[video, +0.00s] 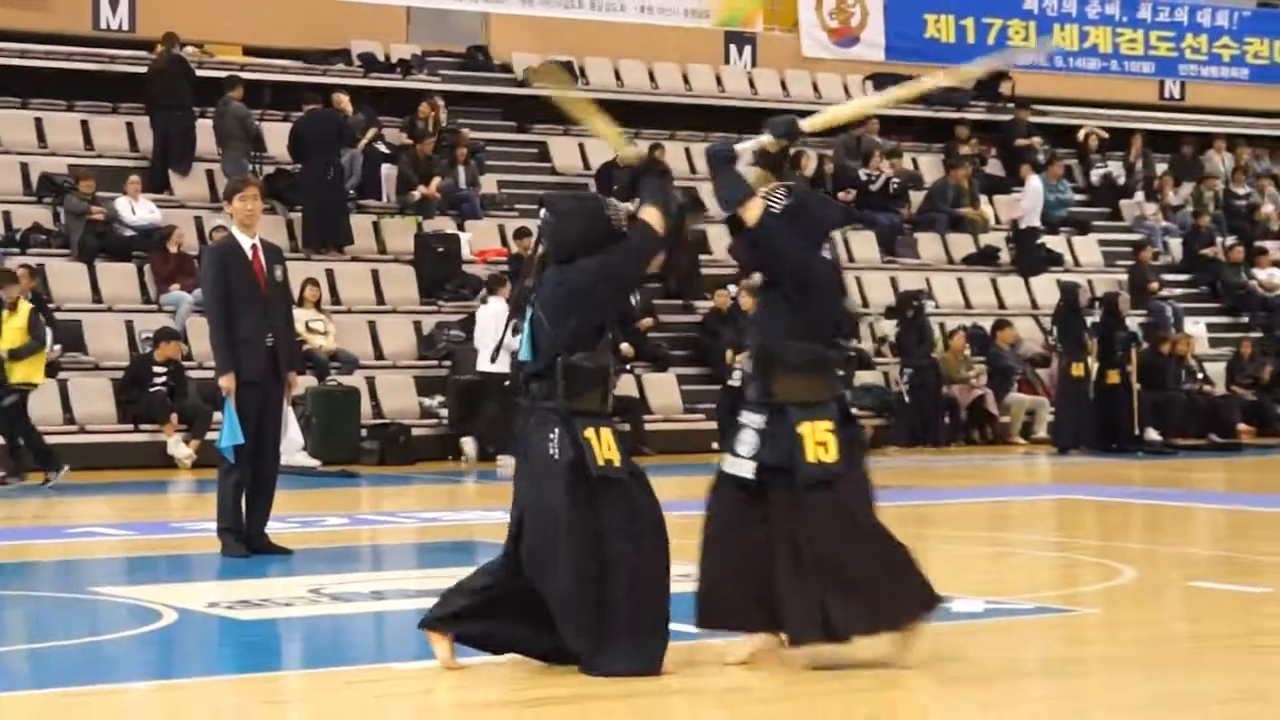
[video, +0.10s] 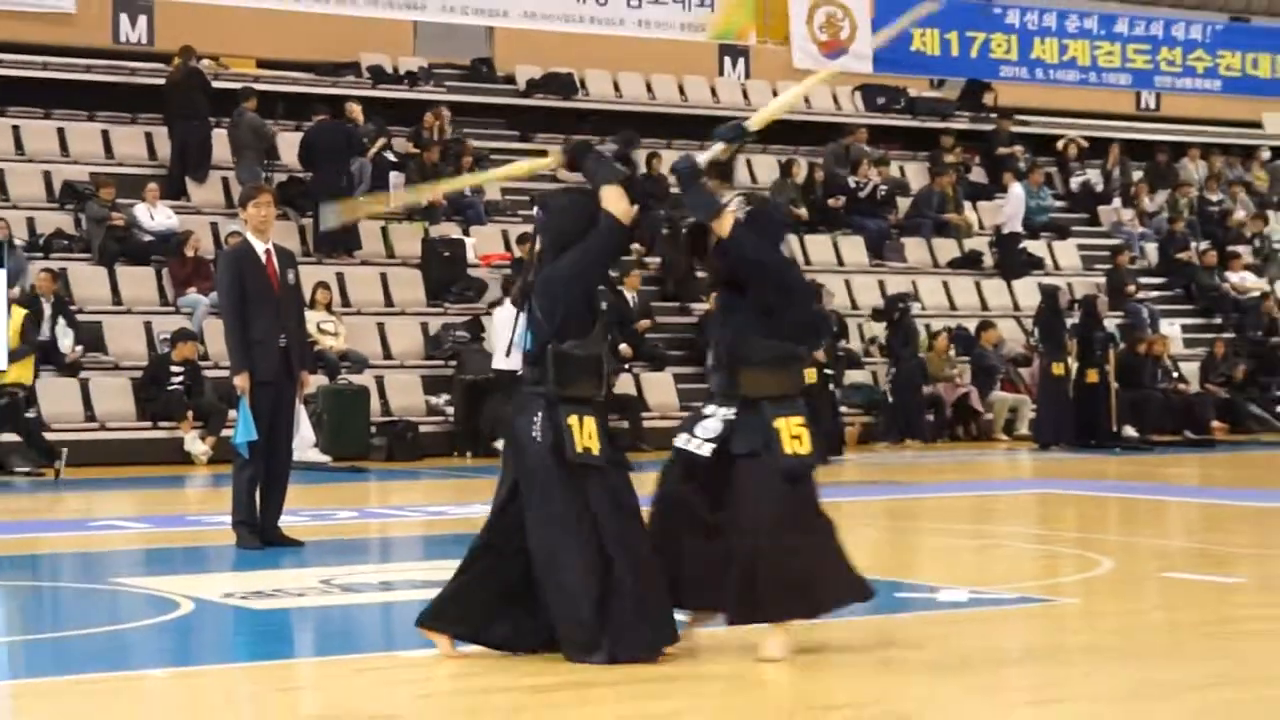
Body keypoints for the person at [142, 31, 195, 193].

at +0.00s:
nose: (179, 47)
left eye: (177, 45)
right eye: (178, 45)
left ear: (162, 44)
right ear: (176, 45)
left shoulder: (154, 64)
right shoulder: (180, 62)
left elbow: (149, 91)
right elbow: (192, 81)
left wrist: (151, 112)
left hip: (160, 113)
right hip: (180, 113)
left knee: (160, 151)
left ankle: (157, 187)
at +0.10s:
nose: (195, 60)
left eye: (193, 57)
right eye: (194, 57)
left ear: (179, 57)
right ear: (193, 57)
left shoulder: (172, 75)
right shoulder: (197, 73)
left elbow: (167, 101)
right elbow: (209, 92)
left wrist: (169, 123)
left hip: (177, 122)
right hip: (197, 122)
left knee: (177, 160)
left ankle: (174, 195)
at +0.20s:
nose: (205, 68)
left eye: (203, 65)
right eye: (205, 65)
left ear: (191, 65)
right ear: (204, 65)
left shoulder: (184, 83)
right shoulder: (208, 81)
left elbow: (179, 109)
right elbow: (219, 98)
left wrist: (181, 130)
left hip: (189, 129)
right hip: (208, 129)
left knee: (188, 165)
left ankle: (186, 198)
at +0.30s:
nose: (214, 72)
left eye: (212, 69)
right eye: (213, 69)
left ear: (198, 69)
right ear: (211, 69)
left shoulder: (191, 87)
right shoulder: (214, 84)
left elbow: (187, 113)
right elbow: (226, 100)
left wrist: (189, 134)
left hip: (196, 132)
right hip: (215, 131)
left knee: (196, 166)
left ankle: (194, 198)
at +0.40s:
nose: (221, 75)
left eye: (219, 72)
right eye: (220, 72)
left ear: (205, 72)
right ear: (218, 73)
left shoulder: (199, 90)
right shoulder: (222, 88)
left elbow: (194, 115)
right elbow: (233, 104)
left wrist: (196, 136)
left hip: (203, 135)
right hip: (222, 135)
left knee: (203, 170)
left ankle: (201, 201)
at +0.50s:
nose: (228, 80)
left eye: (226, 77)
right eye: (228, 77)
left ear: (214, 78)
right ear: (227, 78)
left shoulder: (208, 95)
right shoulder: (231, 93)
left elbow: (203, 118)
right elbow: (241, 111)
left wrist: (205, 138)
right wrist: (239, 131)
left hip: (212, 138)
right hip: (230, 138)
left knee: (212, 172)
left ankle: (210, 204)